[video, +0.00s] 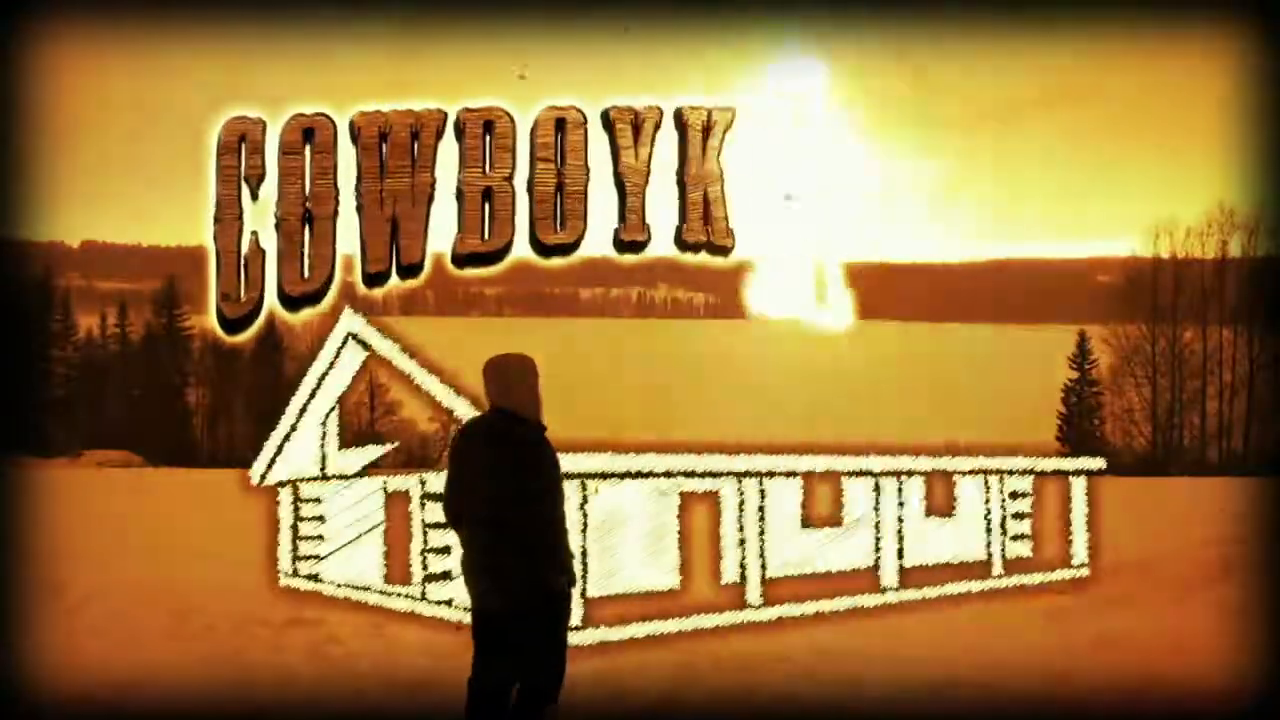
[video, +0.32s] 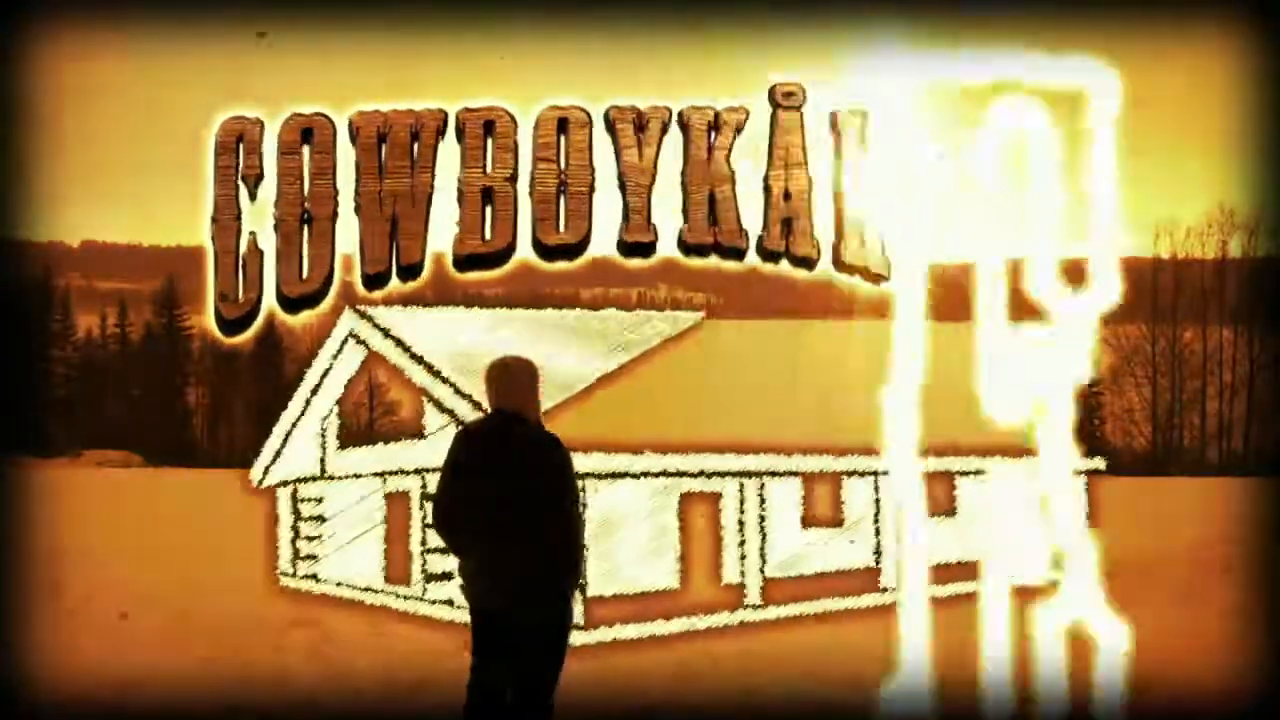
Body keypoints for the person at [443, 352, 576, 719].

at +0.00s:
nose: (538, 391)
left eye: (534, 383)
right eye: (533, 383)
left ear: (491, 388)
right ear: (526, 388)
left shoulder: (470, 437)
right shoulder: (535, 442)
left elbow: (455, 509)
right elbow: (551, 521)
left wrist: (480, 545)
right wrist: (565, 574)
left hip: (488, 584)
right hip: (540, 585)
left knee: (490, 674)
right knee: (543, 678)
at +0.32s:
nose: (538, 396)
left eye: (535, 388)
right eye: (535, 388)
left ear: (491, 393)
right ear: (530, 392)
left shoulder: (469, 441)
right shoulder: (550, 447)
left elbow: (445, 515)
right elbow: (569, 522)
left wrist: (474, 553)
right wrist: (569, 575)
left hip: (487, 587)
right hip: (545, 588)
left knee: (488, 681)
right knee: (536, 688)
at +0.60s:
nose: (530, 397)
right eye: (534, 390)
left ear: (496, 390)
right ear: (539, 394)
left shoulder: (470, 440)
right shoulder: (561, 448)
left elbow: (442, 517)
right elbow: (584, 525)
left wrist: (473, 569)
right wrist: (571, 577)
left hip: (485, 592)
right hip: (548, 595)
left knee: (478, 684)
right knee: (532, 695)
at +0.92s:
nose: (535, 397)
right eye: (541, 390)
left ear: (504, 390)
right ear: (545, 394)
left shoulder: (472, 438)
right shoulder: (567, 451)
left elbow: (443, 515)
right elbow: (586, 527)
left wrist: (469, 569)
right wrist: (570, 577)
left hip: (482, 587)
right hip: (544, 592)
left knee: (468, 682)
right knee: (528, 692)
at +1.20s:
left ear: (496, 398)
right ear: (534, 401)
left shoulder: (463, 444)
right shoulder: (560, 450)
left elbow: (441, 517)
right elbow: (585, 526)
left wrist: (467, 569)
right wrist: (572, 578)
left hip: (482, 589)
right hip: (543, 591)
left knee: (470, 686)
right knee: (528, 692)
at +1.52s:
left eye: (506, 381)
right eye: (527, 383)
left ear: (493, 384)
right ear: (537, 388)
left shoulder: (463, 433)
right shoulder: (557, 445)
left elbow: (434, 510)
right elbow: (579, 525)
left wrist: (460, 565)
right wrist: (562, 575)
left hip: (474, 586)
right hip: (537, 591)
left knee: (461, 687)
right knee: (521, 693)